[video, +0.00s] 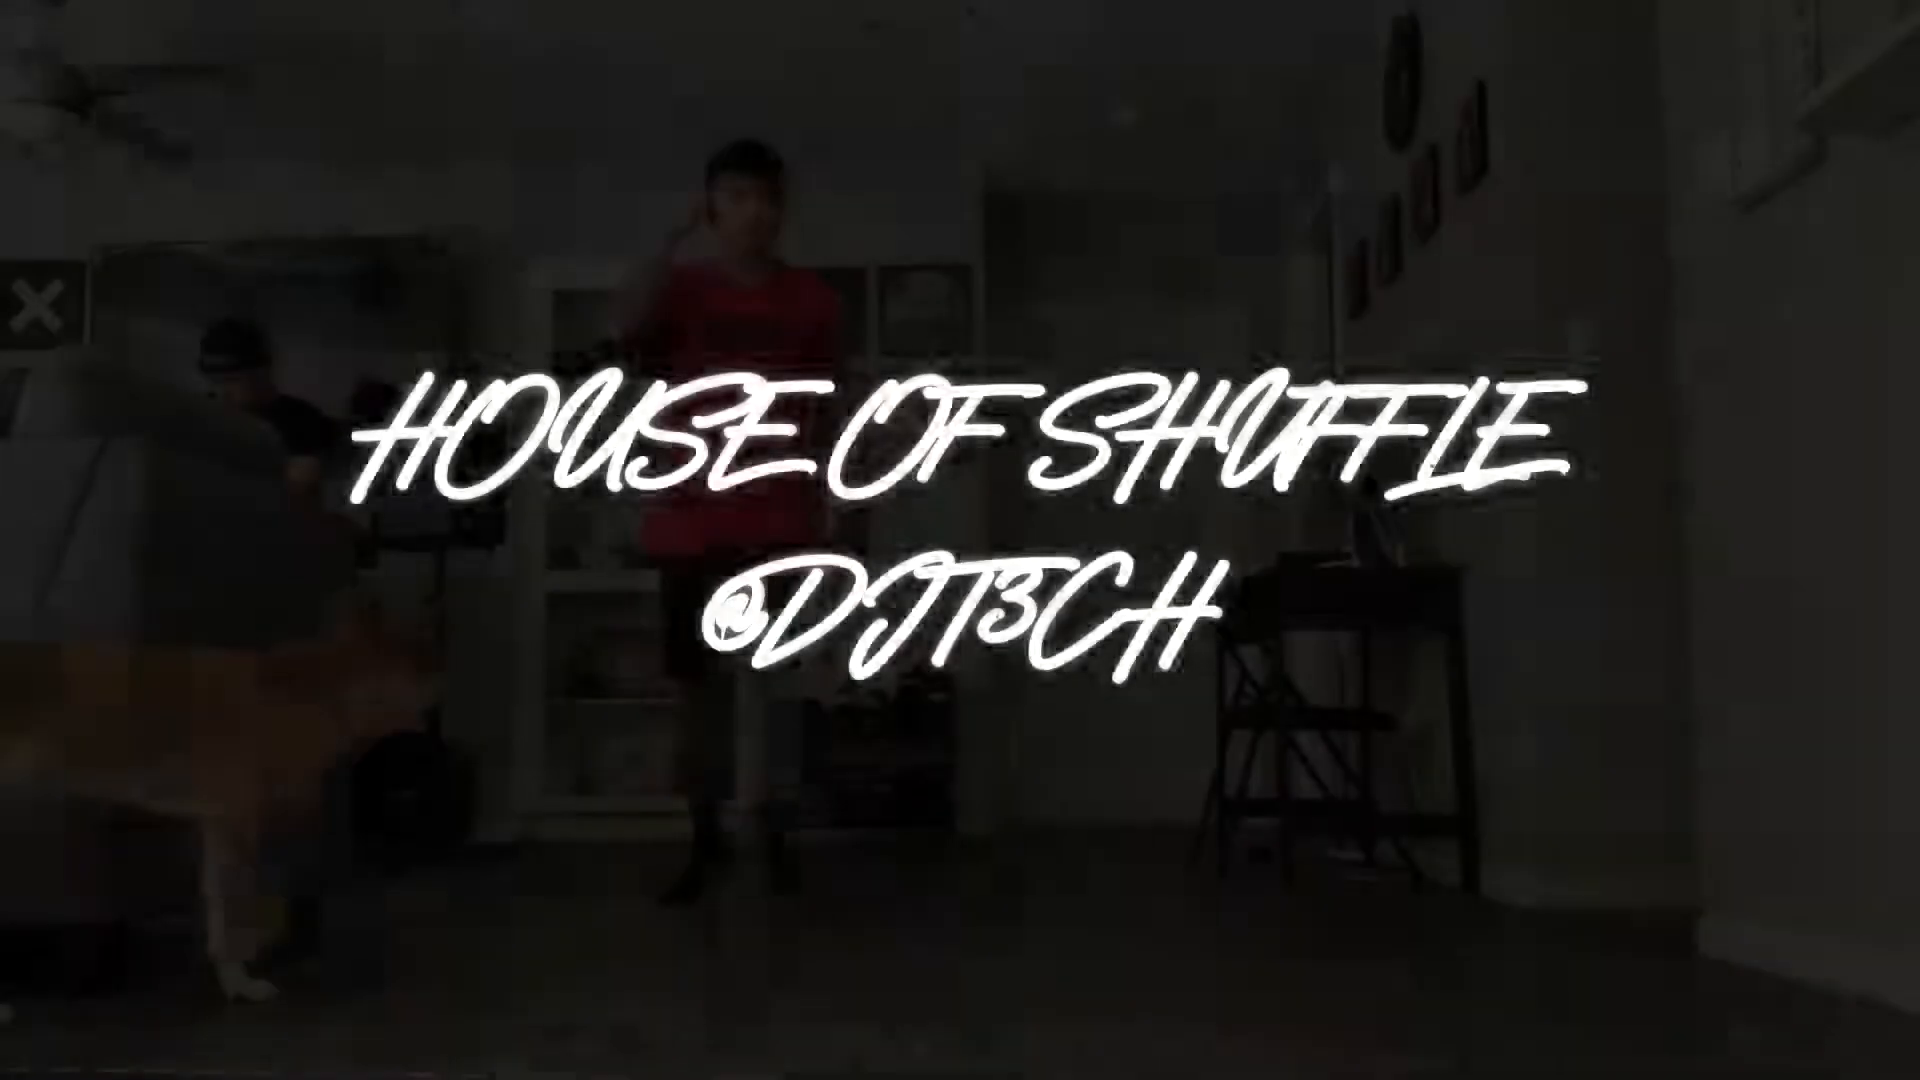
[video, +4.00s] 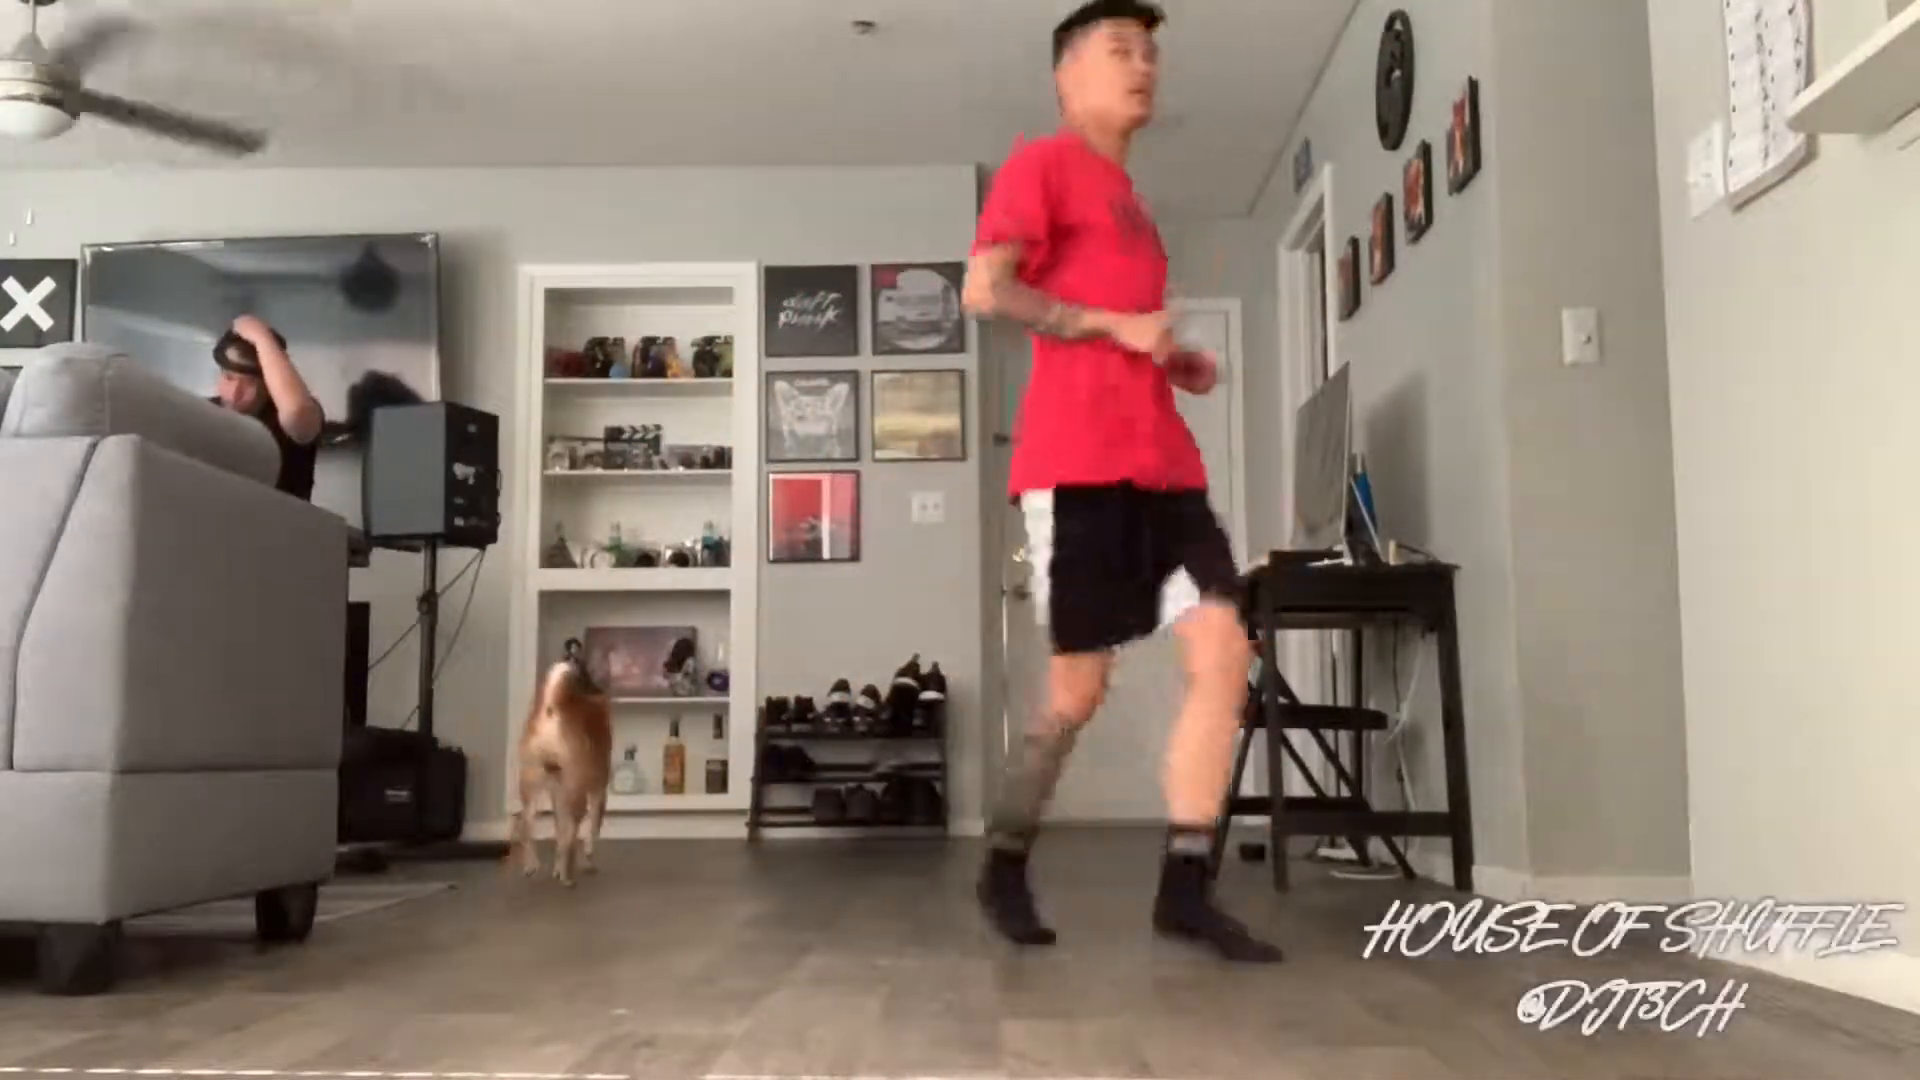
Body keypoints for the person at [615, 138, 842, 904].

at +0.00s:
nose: (744, 214)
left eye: (758, 199)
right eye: (732, 197)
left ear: (779, 209)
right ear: (708, 205)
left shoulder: (811, 301)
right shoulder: (675, 293)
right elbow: (627, 367)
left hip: (786, 526)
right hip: (695, 529)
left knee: (786, 691)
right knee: (701, 694)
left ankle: (783, 846)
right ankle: (704, 847)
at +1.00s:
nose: (935, 147)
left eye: (940, 136)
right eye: (916, 132)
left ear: (941, 162)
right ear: (864, 154)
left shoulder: (946, 267)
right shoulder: (841, 240)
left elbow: (953, 385)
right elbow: (792, 369)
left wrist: (969, 460)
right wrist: (841, 442)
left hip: (948, 516)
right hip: (868, 518)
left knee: (1010, 666)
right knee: (854, 690)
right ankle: (801, 875)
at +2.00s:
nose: (845, 77)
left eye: (864, 66)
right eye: (830, 66)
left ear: (894, 98)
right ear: (809, 98)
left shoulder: (932, 204)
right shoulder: (769, 205)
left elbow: (957, 333)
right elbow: (736, 328)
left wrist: (907, 362)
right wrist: (781, 356)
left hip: (888, 469)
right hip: (789, 467)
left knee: (875, 656)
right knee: (788, 640)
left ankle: (858, 855)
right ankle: (813, 837)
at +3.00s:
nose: (903, 29)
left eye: (914, 16)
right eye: (879, 15)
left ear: (930, 42)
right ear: (833, 43)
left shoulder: (968, 163)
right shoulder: (798, 172)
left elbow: (997, 299)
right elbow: (773, 324)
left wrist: (952, 250)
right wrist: (786, 409)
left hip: (951, 434)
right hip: (842, 448)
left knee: (969, 617)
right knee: (830, 666)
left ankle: (995, 833)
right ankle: (812, 867)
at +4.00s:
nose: (1143, 66)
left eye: (1150, 53)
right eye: (1122, 50)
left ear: (1153, 82)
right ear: (1067, 71)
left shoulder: (1126, 198)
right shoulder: (1042, 162)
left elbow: (1105, 317)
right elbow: (987, 287)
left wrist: (1169, 362)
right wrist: (1111, 323)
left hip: (1159, 465)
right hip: (1078, 466)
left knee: (1224, 657)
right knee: (1077, 685)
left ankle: (1185, 893)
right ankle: (1005, 866)